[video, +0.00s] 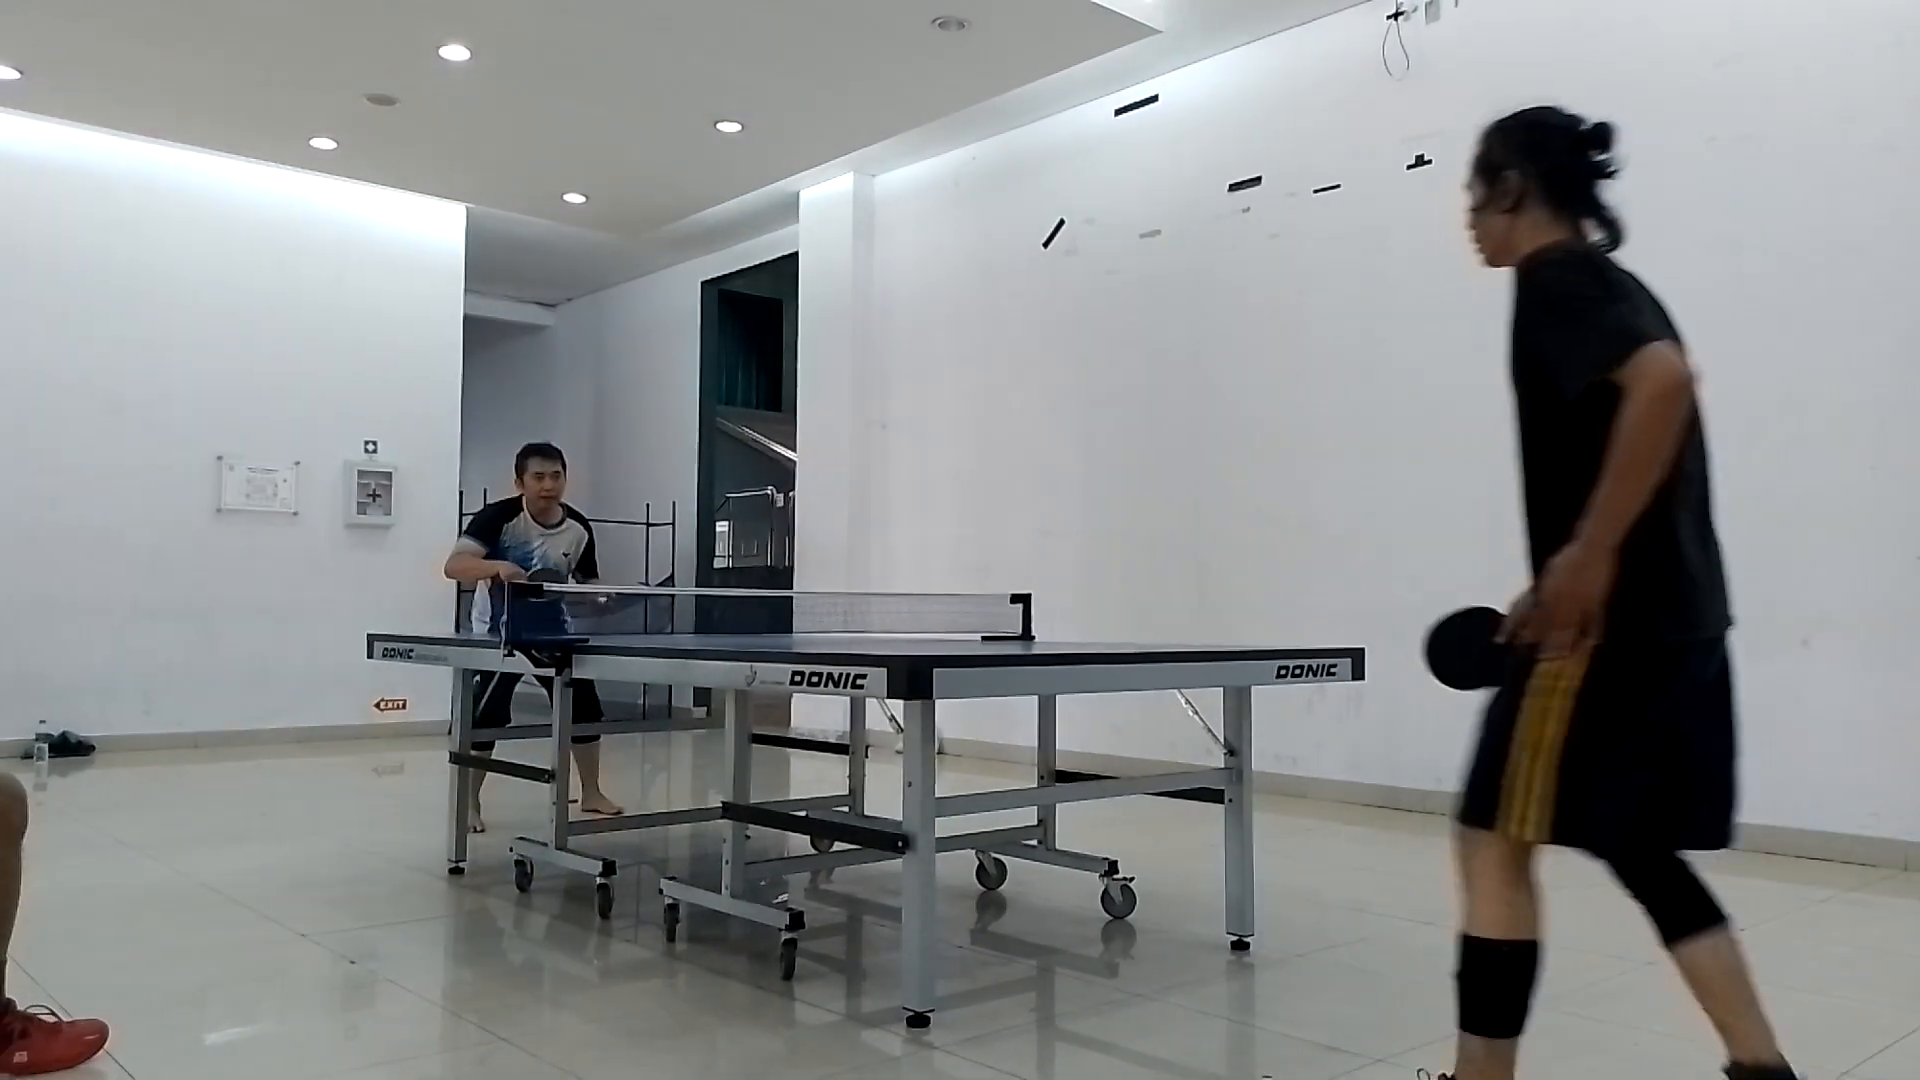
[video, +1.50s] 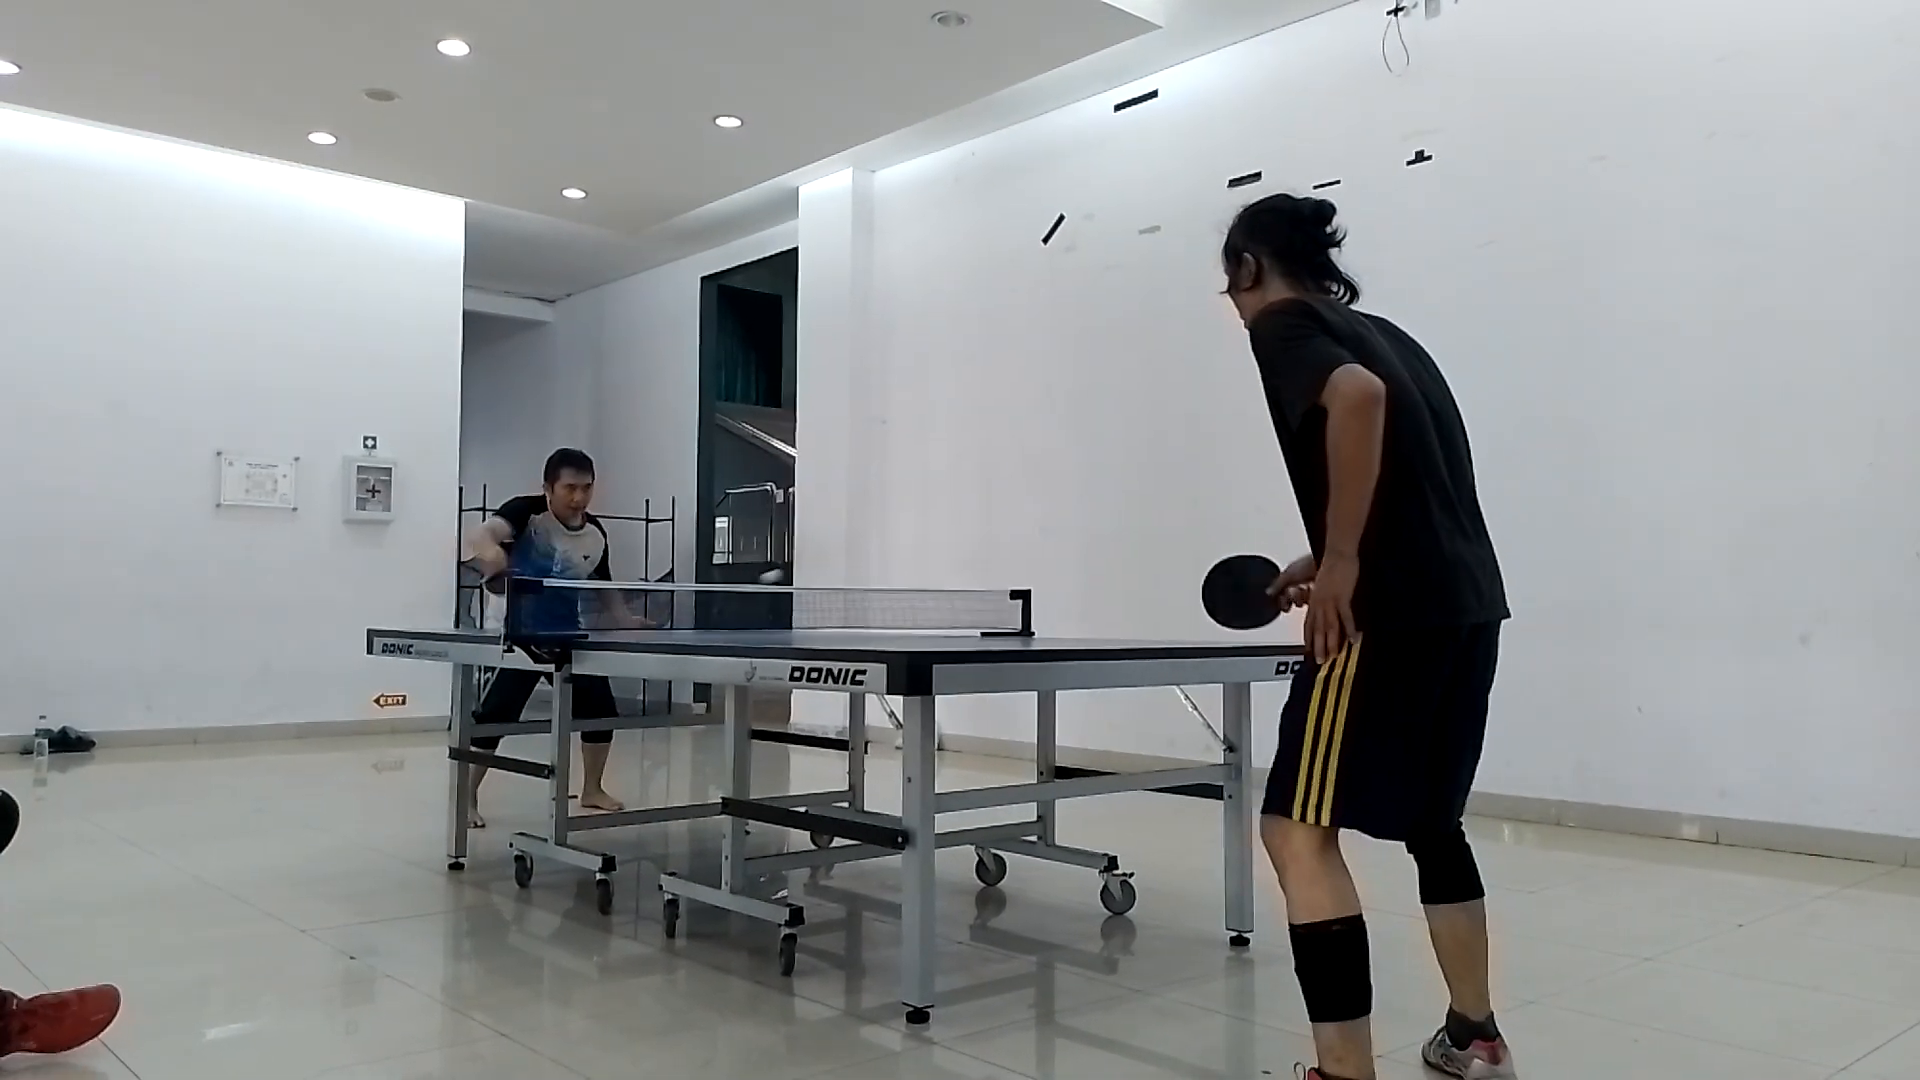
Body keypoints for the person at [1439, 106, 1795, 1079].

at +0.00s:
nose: (1468, 215)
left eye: (1478, 196)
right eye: (1471, 196)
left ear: (1521, 195)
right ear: (1557, 196)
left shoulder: (1561, 281)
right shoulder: (1599, 284)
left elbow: (1664, 380)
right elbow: (1618, 463)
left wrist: (1590, 552)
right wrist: (1552, 596)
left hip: (1602, 622)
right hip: (1662, 622)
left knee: (1489, 833)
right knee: (1633, 836)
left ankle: (1480, 1070)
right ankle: (1761, 1065)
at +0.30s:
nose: (1351, 237)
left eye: (1353, 217)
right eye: (1350, 218)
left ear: (1384, 207)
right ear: (1448, 212)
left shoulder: (1407, 286)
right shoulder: (1511, 296)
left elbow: (1487, 373)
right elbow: (1550, 456)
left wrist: (1443, 539)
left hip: (1481, 601)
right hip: (1566, 600)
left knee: (1413, 828)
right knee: (1516, 819)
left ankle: (1470, 1066)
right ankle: (1516, 1040)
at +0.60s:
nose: (1300, 286)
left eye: (1302, 265)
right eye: (1298, 267)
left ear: (1330, 253)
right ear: (1390, 253)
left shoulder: (1369, 323)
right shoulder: (1455, 334)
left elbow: (1459, 388)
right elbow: (1493, 496)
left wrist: (1419, 552)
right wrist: (1387, 606)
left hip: (1442, 611)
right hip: (1511, 614)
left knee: (1319, 807)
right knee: (1452, 819)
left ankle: (1350, 1061)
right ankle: (1478, 1040)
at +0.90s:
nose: (1261, 274)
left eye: (1262, 255)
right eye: (1258, 257)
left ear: (1287, 242)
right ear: (1352, 243)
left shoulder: (1311, 308)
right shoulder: (1421, 323)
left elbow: (1386, 384)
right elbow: (1465, 473)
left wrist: (1351, 546)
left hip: (1387, 603)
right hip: (1474, 603)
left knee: (1323, 819)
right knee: (1450, 818)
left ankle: (1347, 1067)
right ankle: (1479, 1036)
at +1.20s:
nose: (1256, 285)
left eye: (1255, 267)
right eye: (1253, 269)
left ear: (1277, 254)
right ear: (1343, 253)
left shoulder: (1308, 316)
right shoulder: (1406, 329)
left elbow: (1385, 383)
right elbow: (1445, 484)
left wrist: (1355, 554)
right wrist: (1345, 586)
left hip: (1397, 602)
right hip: (1478, 602)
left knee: (1305, 807)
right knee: (1449, 821)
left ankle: (1335, 1060)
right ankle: (1476, 1037)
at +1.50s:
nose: (1234, 305)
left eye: (1231, 287)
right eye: (1229, 291)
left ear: (1252, 269)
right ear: (1323, 265)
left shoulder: (1283, 323)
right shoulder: (1387, 336)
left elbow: (1357, 393)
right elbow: (1415, 492)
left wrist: (1339, 559)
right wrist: (1312, 573)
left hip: (1383, 612)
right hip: (1467, 609)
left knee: (1294, 826)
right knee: (1434, 819)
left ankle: (1345, 1067)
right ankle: (1475, 1032)